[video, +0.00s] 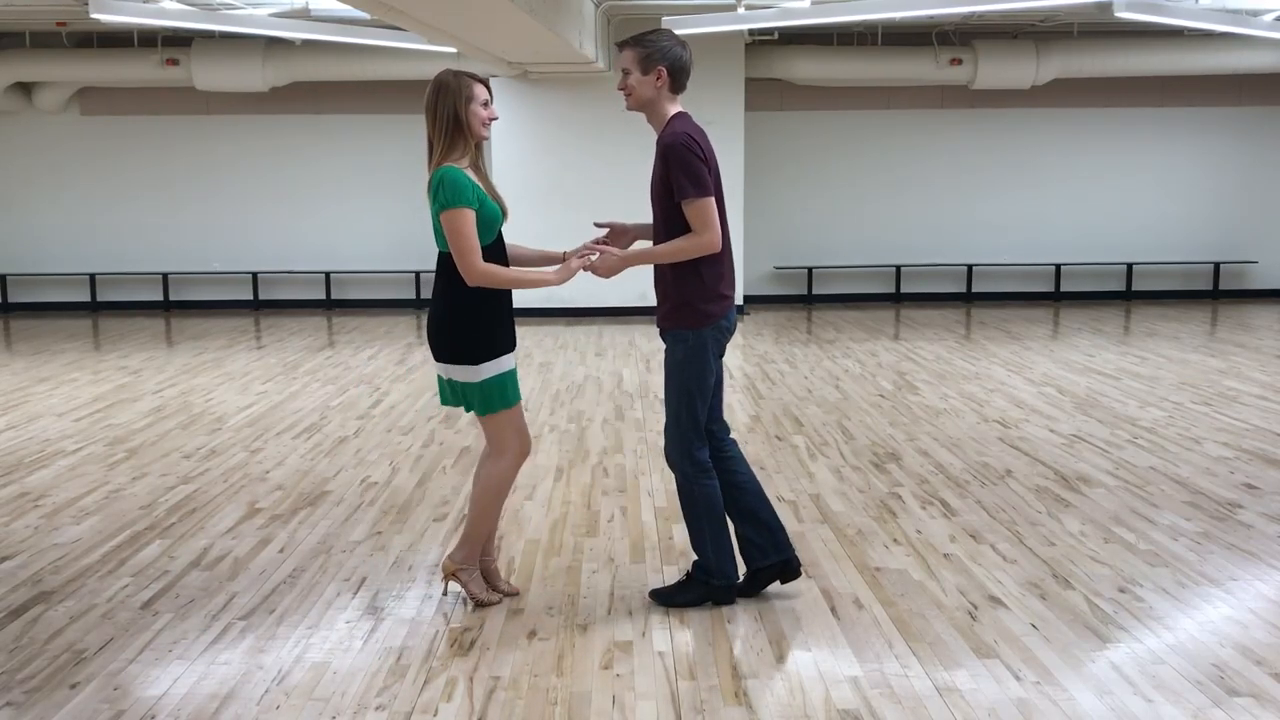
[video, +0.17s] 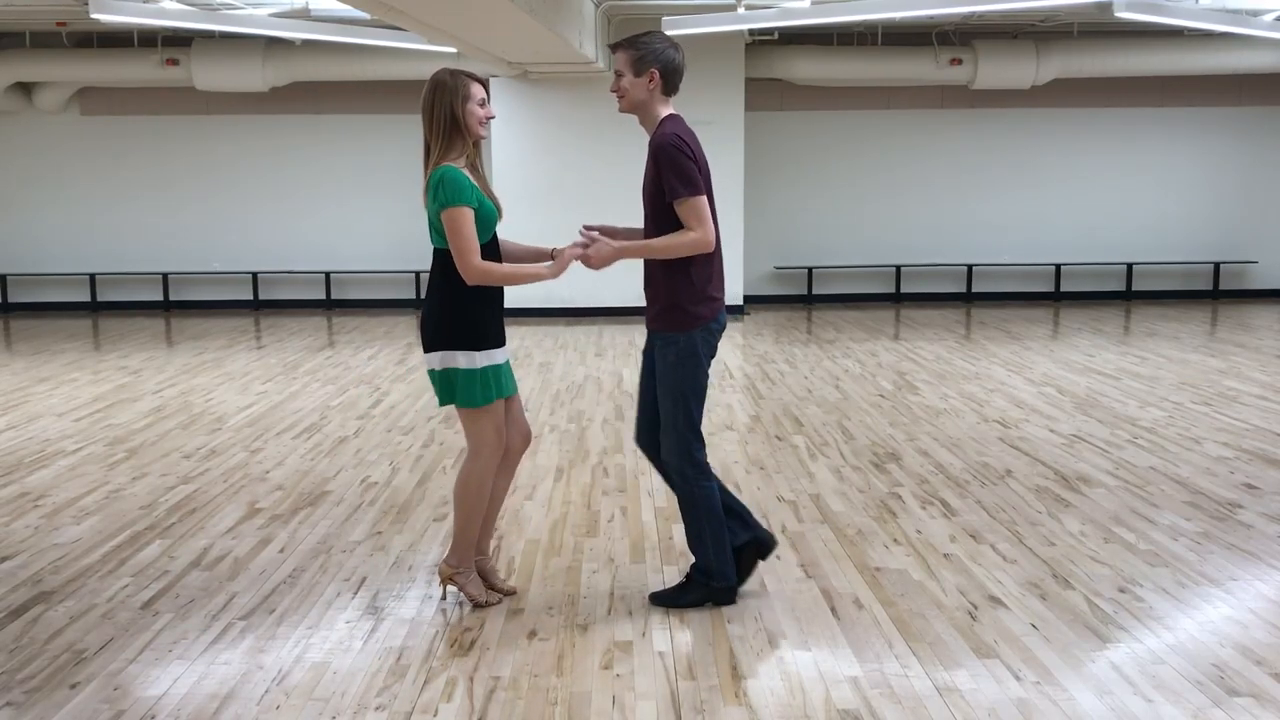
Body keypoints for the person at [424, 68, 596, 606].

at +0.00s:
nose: (491, 112)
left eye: (490, 104)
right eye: (482, 104)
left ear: (473, 112)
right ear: (456, 112)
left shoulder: (469, 175)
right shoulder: (452, 180)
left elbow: (499, 253)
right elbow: (473, 272)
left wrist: (565, 255)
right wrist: (546, 278)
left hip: (482, 326)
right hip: (470, 331)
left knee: (505, 443)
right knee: (512, 445)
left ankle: (484, 553)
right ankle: (465, 557)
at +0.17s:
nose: (488, 111)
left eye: (487, 103)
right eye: (478, 103)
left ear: (476, 111)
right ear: (451, 111)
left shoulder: (466, 174)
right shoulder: (450, 178)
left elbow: (494, 249)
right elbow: (470, 269)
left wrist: (555, 255)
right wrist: (546, 271)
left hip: (480, 328)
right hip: (458, 332)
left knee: (516, 438)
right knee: (486, 444)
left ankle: (479, 553)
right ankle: (458, 562)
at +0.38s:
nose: (477, 111)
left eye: (475, 102)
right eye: (466, 102)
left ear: (459, 111)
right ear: (440, 111)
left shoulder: (455, 173)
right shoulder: (433, 177)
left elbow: (479, 251)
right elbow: (466, 261)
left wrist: (535, 229)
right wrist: (529, 233)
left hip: (468, 327)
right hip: (449, 330)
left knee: (482, 443)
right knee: (478, 446)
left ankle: (420, 544)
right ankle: (460, 562)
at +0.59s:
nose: (461, 111)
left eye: (459, 102)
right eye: (450, 102)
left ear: (442, 111)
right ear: (423, 111)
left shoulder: (439, 171)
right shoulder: (413, 176)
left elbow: (459, 257)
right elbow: (434, 266)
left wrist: (519, 258)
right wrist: (501, 237)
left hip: (437, 330)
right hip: (426, 334)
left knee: (442, 443)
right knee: (479, 439)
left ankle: (408, 550)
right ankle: (453, 558)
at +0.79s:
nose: (442, 112)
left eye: (440, 103)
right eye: (432, 103)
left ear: (423, 114)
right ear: (406, 112)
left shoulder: (419, 175)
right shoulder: (397, 180)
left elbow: (424, 259)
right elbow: (385, 267)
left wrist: (473, 273)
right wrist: (460, 282)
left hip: (431, 327)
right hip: (410, 334)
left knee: (448, 443)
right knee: (432, 451)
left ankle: (409, 553)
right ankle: (363, 557)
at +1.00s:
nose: (432, 113)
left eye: (430, 104)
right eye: (422, 105)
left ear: (409, 114)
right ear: (396, 113)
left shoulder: (410, 177)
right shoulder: (388, 180)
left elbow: (410, 263)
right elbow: (369, 267)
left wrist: (460, 265)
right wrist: (443, 277)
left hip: (414, 334)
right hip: (386, 336)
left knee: (446, 442)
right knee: (382, 452)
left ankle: (410, 554)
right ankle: (337, 567)